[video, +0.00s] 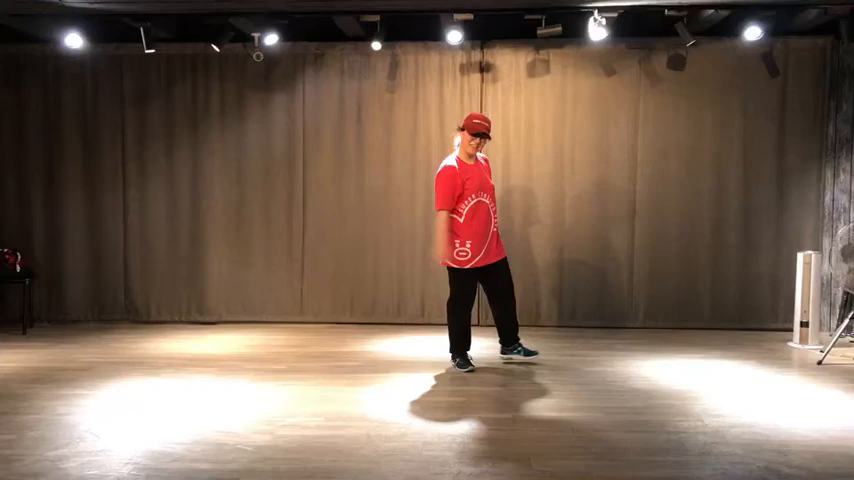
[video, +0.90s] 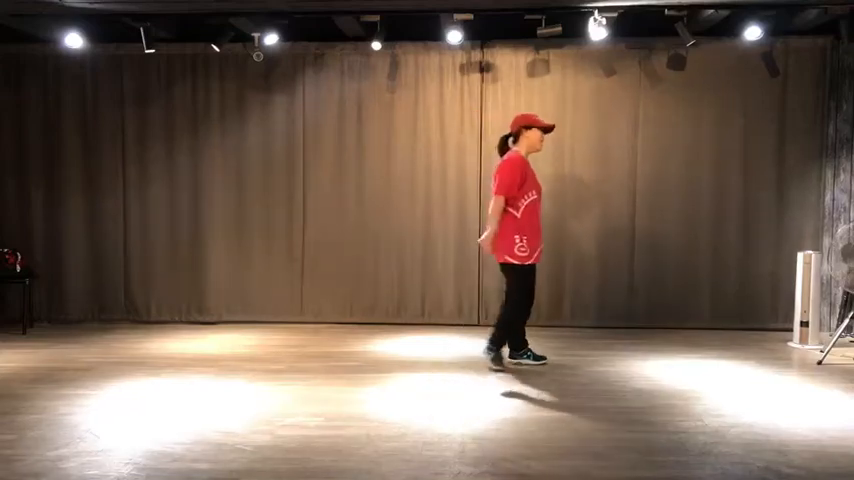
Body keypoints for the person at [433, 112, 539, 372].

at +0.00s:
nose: (478, 141)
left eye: (482, 138)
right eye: (474, 136)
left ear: (486, 141)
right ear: (461, 135)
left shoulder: (483, 164)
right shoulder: (450, 169)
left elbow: (485, 202)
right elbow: (443, 212)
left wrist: (491, 237)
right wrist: (443, 247)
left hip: (490, 246)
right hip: (462, 250)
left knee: (503, 295)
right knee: (461, 303)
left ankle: (510, 344)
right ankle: (459, 353)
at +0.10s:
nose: (481, 142)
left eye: (486, 138)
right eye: (478, 136)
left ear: (488, 141)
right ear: (465, 134)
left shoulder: (483, 164)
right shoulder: (450, 168)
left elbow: (485, 201)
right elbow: (451, 207)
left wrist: (491, 232)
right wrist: (473, 233)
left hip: (490, 247)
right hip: (463, 250)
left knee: (502, 297)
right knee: (461, 303)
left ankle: (515, 345)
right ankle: (459, 353)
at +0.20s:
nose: (490, 143)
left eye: (492, 139)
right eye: (487, 137)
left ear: (490, 141)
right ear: (471, 134)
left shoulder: (486, 164)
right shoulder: (453, 165)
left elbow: (487, 196)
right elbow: (457, 195)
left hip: (490, 245)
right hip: (464, 247)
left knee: (501, 296)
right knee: (462, 301)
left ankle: (516, 344)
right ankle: (459, 353)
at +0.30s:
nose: (499, 143)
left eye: (500, 138)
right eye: (497, 137)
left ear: (487, 137)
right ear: (480, 134)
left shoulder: (487, 166)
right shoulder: (460, 164)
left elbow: (490, 202)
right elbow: (474, 183)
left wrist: (502, 227)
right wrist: (490, 156)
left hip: (491, 247)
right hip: (467, 247)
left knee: (501, 299)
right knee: (464, 301)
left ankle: (513, 346)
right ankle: (459, 353)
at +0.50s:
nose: (513, 141)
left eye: (513, 136)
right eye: (510, 135)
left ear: (498, 137)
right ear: (494, 135)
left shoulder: (503, 167)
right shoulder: (477, 165)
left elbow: (507, 205)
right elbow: (497, 192)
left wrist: (512, 232)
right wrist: (519, 170)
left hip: (502, 248)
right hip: (478, 249)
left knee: (509, 302)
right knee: (471, 304)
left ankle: (517, 349)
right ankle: (460, 353)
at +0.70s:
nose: (530, 136)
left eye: (530, 132)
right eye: (526, 131)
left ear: (511, 134)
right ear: (510, 132)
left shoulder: (508, 164)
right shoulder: (502, 164)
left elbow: (508, 205)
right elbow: (507, 205)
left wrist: (517, 237)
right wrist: (510, 237)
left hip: (516, 250)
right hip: (499, 249)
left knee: (517, 301)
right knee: (489, 299)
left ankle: (518, 349)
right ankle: (464, 349)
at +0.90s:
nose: (543, 138)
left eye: (543, 133)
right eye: (540, 133)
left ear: (525, 134)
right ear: (524, 133)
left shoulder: (521, 163)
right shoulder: (513, 162)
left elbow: (504, 200)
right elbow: (499, 198)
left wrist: (493, 230)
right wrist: (491, 230)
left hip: (524, 245)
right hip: (515, 246)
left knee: (522, 301)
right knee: (518, 301)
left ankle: (518, 348)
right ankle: (495, 346)